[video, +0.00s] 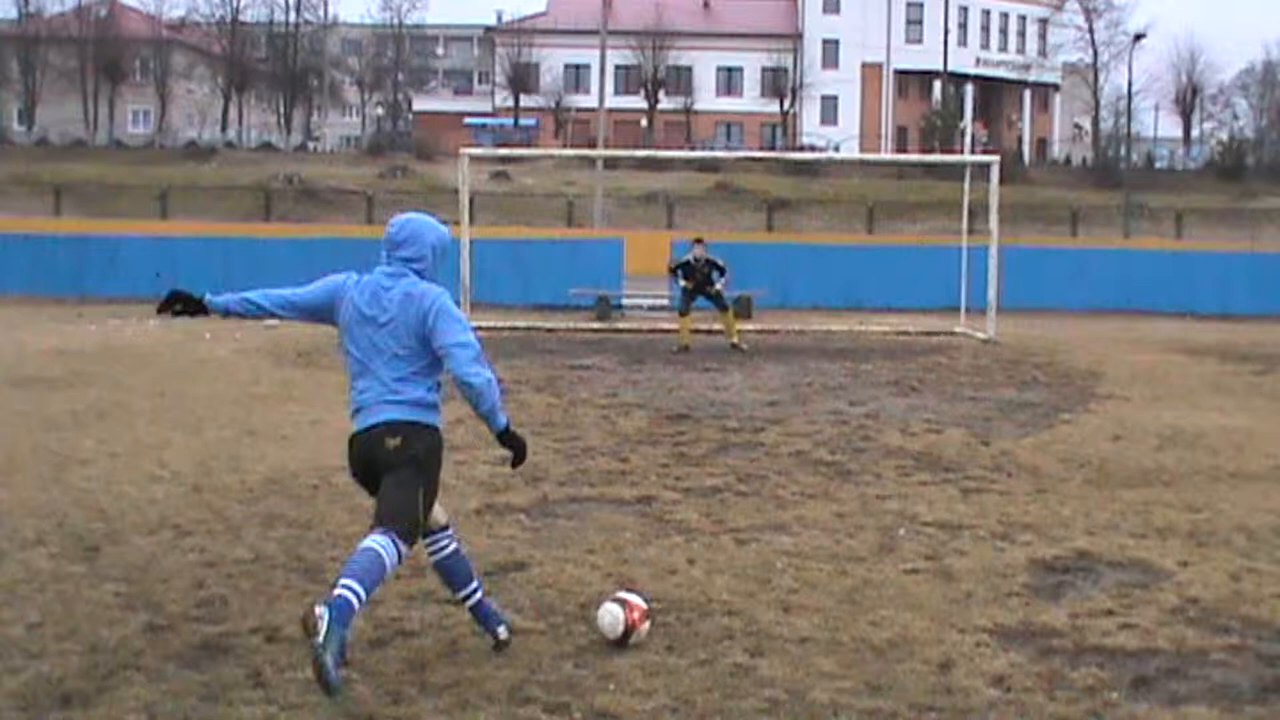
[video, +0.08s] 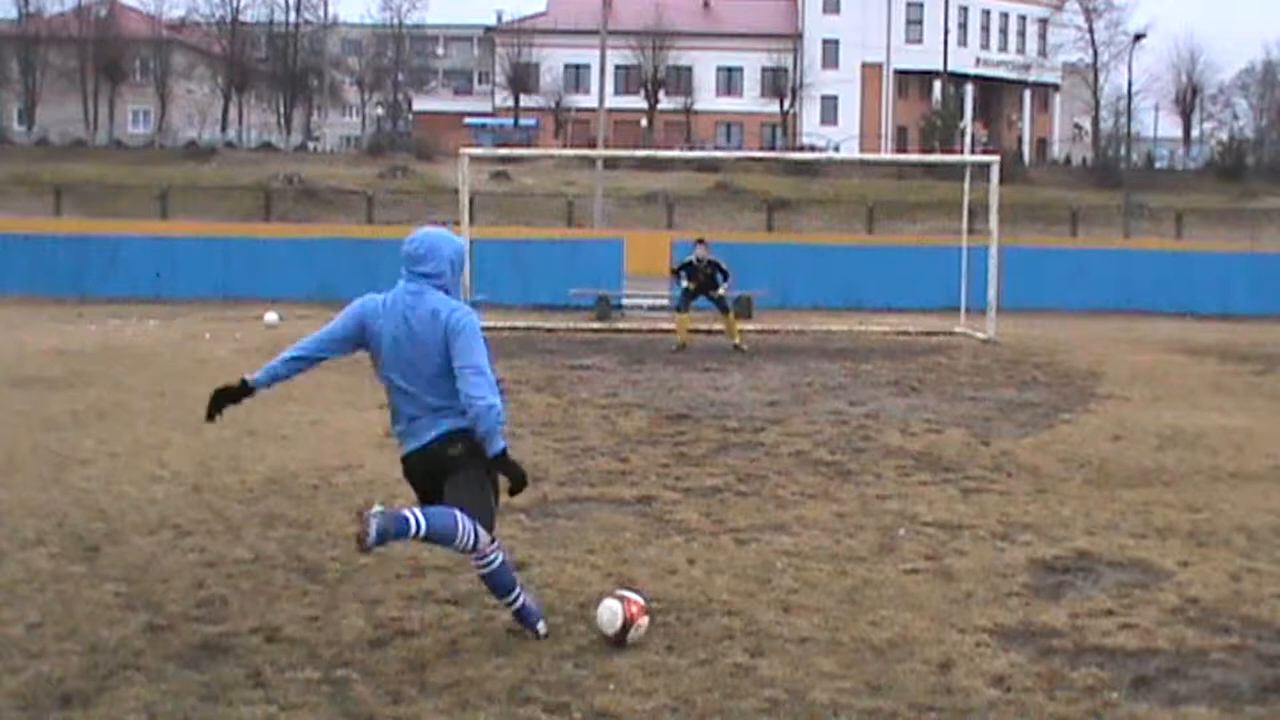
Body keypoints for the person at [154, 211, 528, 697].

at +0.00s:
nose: (440, 263)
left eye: (438, 255)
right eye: (439, 256)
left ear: (390, 249)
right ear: (428, 256)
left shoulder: (351, 289)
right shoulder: (432, 299)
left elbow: (280, 301)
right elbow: (467, 367)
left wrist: (209, 303)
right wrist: (502, 427)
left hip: (363, 442)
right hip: (414, 437)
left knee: (432, 523)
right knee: (393, 536)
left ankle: (490, 620)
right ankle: (336, 614)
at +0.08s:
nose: (461, 274)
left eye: (459, 265)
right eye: (459, 266)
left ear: (410, 264)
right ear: (449, 270)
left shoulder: (372, 309)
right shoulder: (457, 317)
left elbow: (309, 351)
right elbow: (477, 392)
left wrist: (249, 385)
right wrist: (501, 453)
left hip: (416, 456)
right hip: (461, 443)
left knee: (480, 542)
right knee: (475, 532)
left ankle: (529, 615)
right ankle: (393, 524)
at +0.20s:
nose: (477, 266)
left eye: (473, 259)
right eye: (475, 260)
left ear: (426, 261)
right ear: (468, 262)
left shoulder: (398, 320)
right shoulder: (479, 309)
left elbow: (398, 396)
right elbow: (494, 380)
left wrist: (406, 450)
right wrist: (505, 438)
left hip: (448, 450)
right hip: (499, 439)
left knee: (503, 523)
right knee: (564, 509)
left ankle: (543, 613)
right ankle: (571, 597)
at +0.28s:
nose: (486, 243)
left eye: (484, 237)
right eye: (484, 237)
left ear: (434, 240)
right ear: (476, 239)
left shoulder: (412, 294)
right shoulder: (490, 282)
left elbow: (443, 352)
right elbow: (527, 345)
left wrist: (503, 367)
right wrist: (564, 394)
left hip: (449, 426)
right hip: (499, 412)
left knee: (500, 511)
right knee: (549, 478)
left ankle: (540, 609)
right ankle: (602, 504)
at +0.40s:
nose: (506, 222)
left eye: (503, 215)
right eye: (502, 215)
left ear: (454, 217)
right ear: (492, 218)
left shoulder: (427, 260)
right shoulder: (503, 258)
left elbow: (484, 273)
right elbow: (567, 293)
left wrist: (541, 257)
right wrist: (634, 310)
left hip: (452, 393)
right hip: (504, 381)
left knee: (499, 492)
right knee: (505, 310)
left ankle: (533, 596)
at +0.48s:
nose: (504, 216)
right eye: (502, 209)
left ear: (455, 208)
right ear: (496, 210)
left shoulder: (427, 249)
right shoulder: (510, 248)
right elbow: (574, 271)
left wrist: (523, 251)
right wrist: (636, 275)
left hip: (460, 383)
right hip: (511, 370)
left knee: (501, 482)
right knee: (514, 330)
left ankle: (532, 586)